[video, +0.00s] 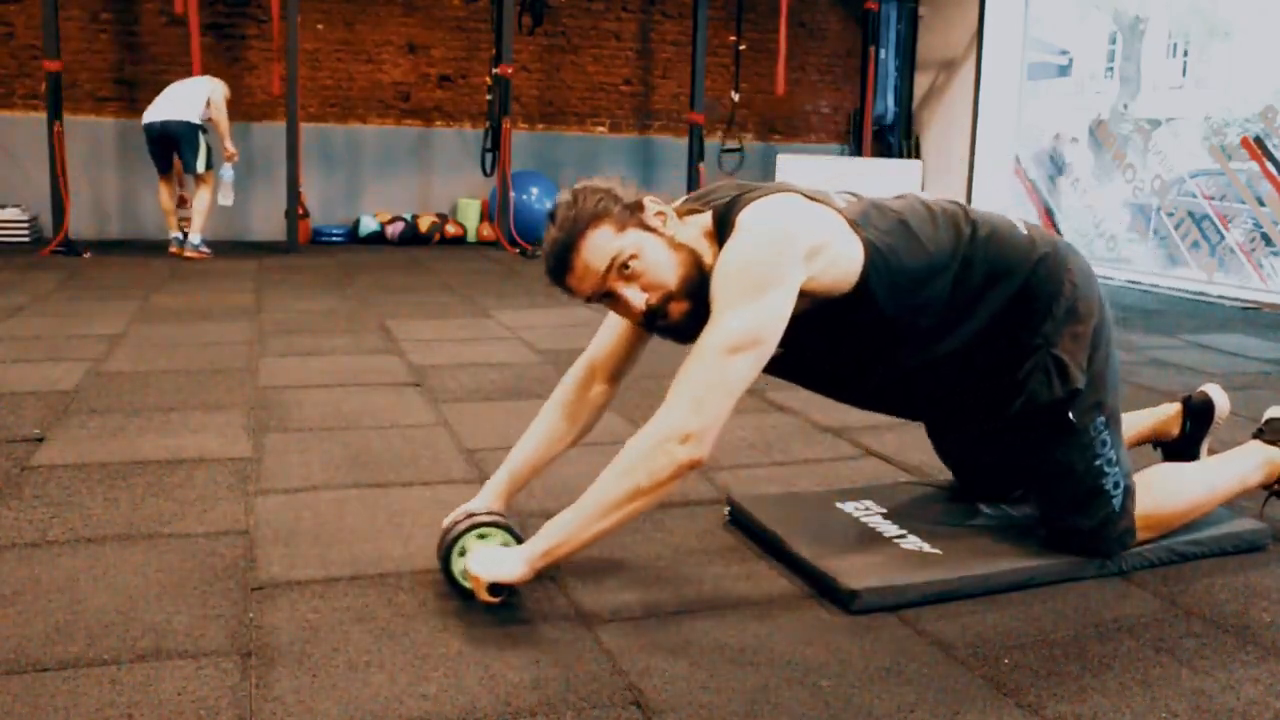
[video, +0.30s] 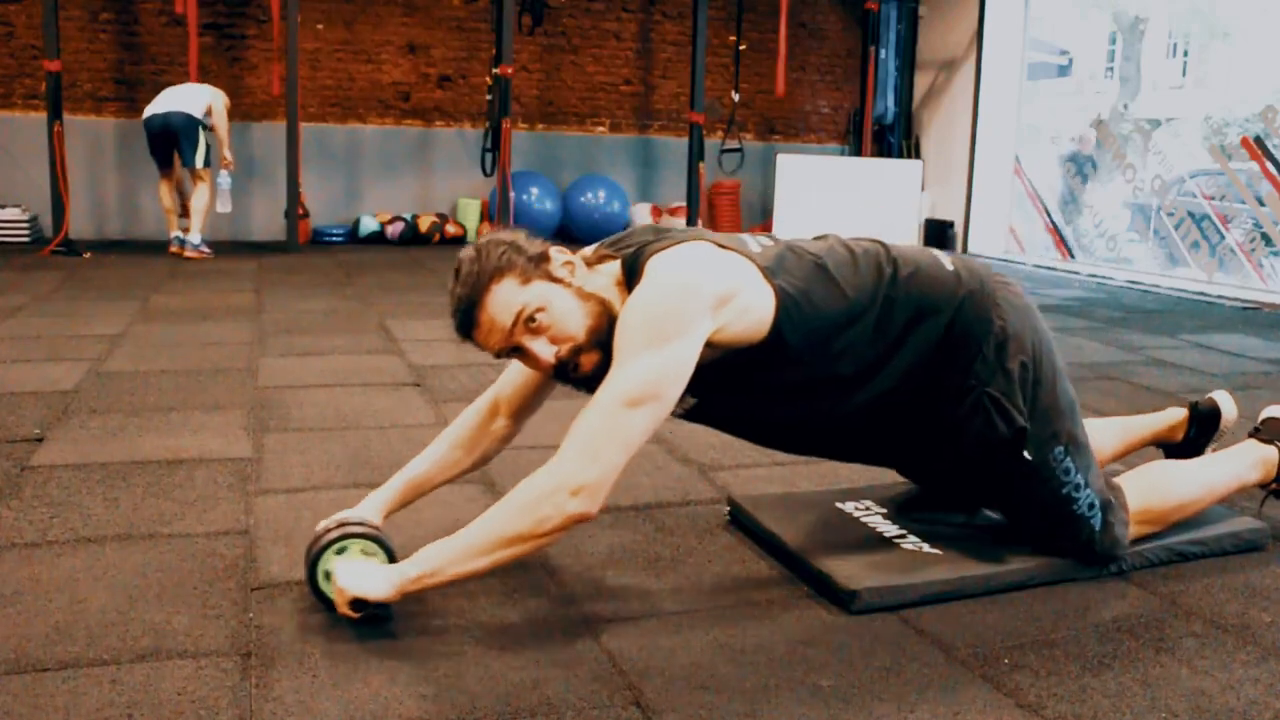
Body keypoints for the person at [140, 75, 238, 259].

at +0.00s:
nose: (224, 100)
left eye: (224, 98)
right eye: (225, 97)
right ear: (221, 87)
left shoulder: (180, 86)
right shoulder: (216, 84)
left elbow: (174, 152)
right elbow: (217, 109)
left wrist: (181, 189)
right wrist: (227, 142)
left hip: (152, 122)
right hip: (184, 121)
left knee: (165, 179)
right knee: (204, 182)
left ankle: (174, 236)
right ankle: (194, 240)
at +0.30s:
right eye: (224, 106)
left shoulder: (176, 91)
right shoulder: (217, 93)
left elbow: (174, 164)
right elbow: (218, 113)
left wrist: (184, 199)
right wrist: (225, 150)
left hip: (153, 117)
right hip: (185, 116)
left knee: (166, 176)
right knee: (202, 181)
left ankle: (174, 235)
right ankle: (194, 239)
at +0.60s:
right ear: (213, 84)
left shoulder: (173, 88)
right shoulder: (218, 90)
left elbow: (153, 146)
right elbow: (221, 121)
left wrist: (157, 184)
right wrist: (223, 158)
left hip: (160, 117)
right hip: (195, 117)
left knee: (168, 180)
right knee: (204, 181)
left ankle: (175, 236)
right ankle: (201, 239)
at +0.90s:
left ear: (169, 95)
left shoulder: (163, 102)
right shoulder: (209, 95)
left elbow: (143, 150)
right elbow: (229, 133)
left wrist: (130, 191)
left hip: (179, 124)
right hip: (214, 123)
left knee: (168, 177)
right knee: (211, 180)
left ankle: (170, 238)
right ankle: (201, 241)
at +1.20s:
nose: (152, 157)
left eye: (148, 152)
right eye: (150, 155)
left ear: (143, 132)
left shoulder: (145, 133)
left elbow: (127, 181)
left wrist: (108, 220)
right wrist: (184, 219)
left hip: (192, 135)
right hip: (224, 130)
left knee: (169, 190)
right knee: (209, 184)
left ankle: (199, 240)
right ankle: (202, 241)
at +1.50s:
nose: (130, 172)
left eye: (123, 162)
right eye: (124, 164)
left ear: (124, 153)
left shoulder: (128, 154)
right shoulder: (169, 133)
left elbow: (113, 205)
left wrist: (96, 240)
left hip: (173, 168)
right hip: (208, 160)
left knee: (146, 209)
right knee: (201, 195)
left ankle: (185, 236)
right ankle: (200, 239)